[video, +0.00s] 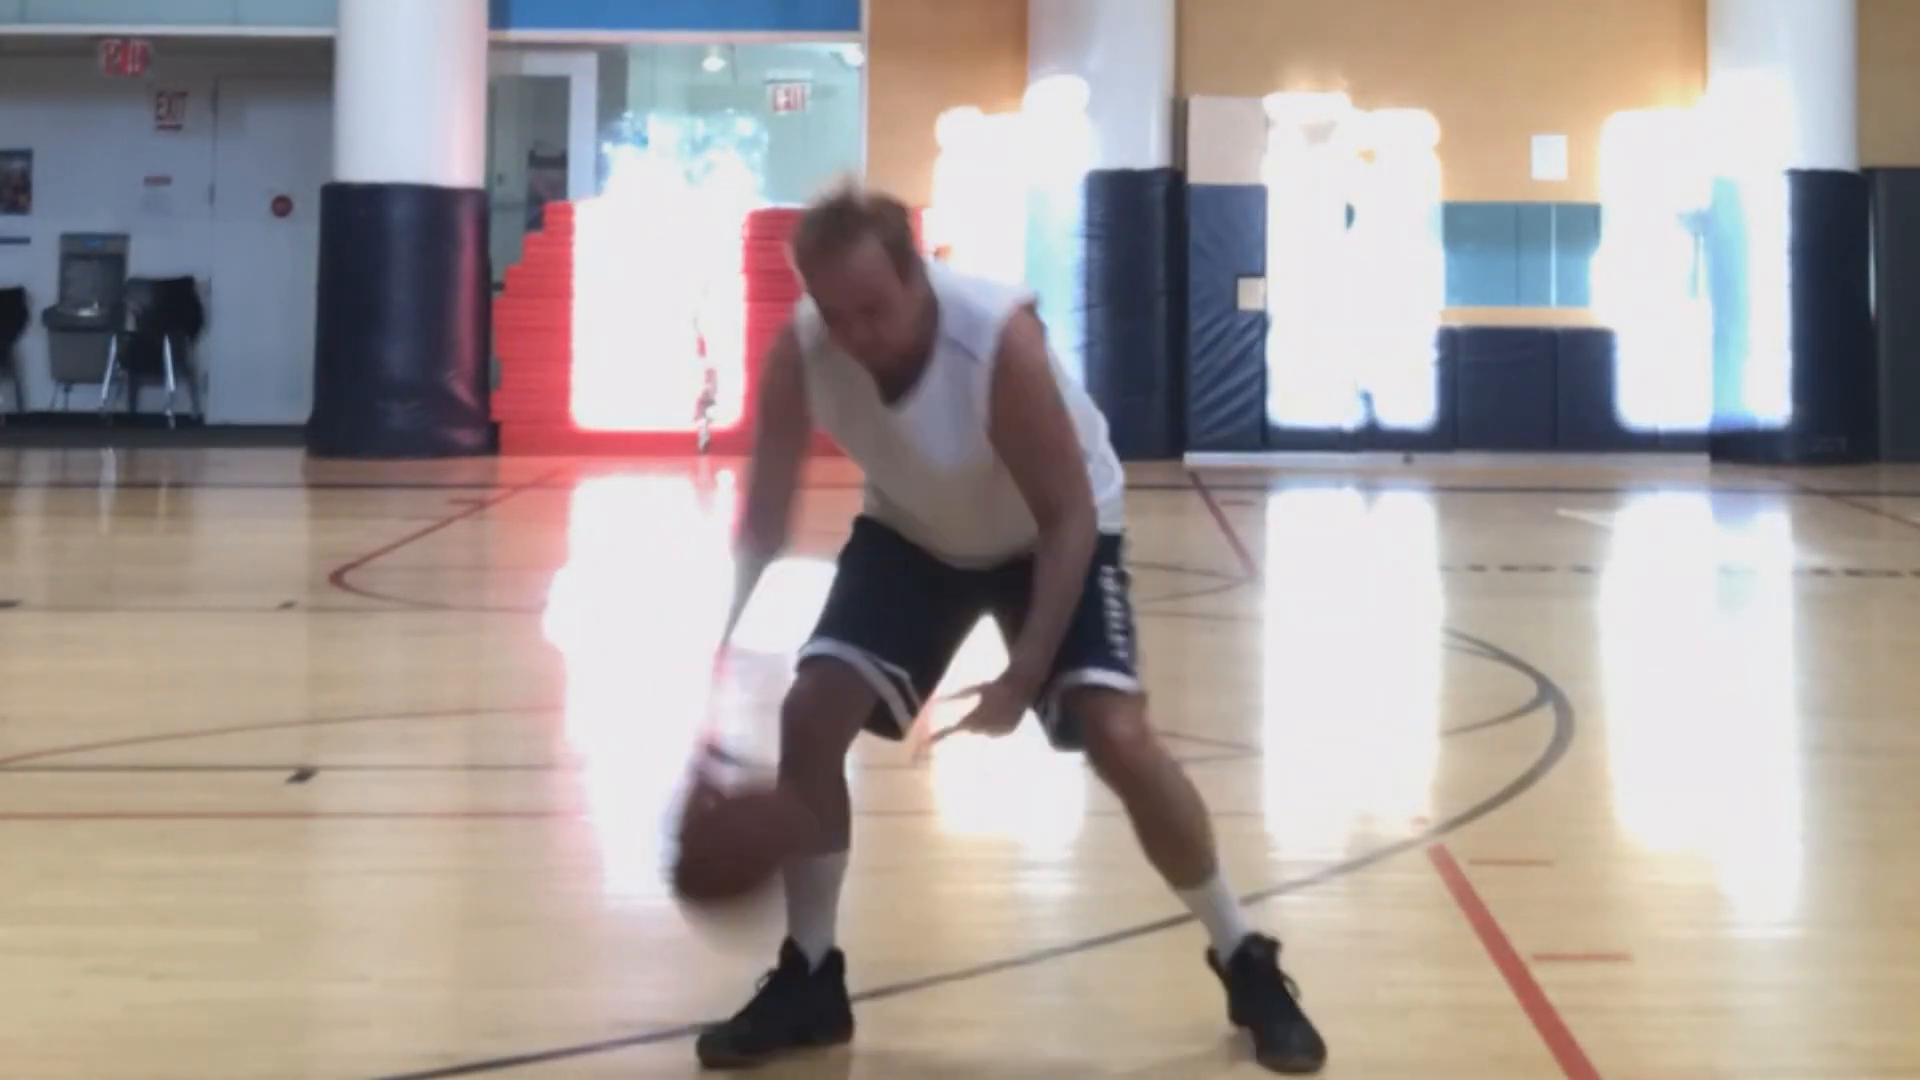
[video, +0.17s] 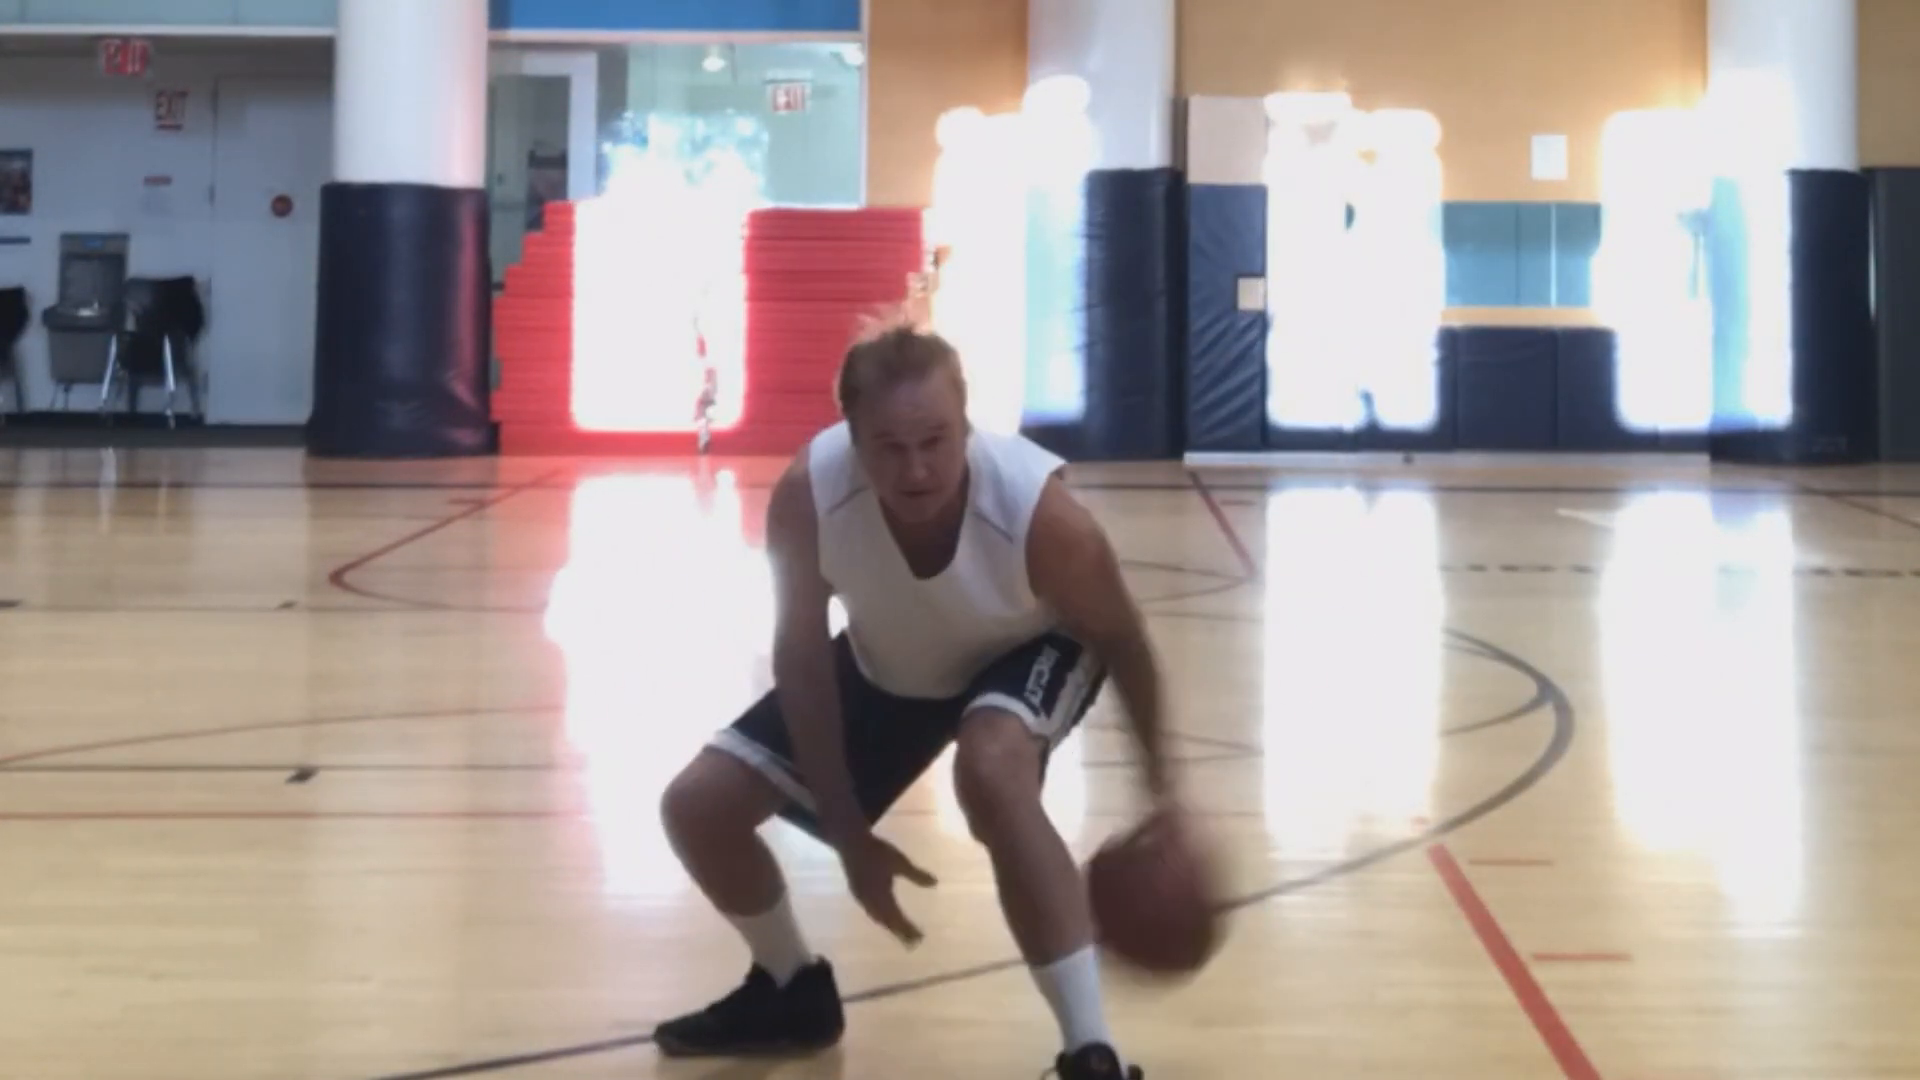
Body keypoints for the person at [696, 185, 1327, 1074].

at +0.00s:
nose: (855, 333)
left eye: (871, 309)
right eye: (834, 316)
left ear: (917, 276)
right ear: (811, 301)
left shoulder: (999, 339)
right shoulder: (802, 353)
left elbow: (1070, 518)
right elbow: (764, 520)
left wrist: (1027, 670)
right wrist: (718, 656)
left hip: (1050, 531)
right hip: (912, 533)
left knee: (1120, 741)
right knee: (810, 717)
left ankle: (1245, 962)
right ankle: (811, 980)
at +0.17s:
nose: (916, 469)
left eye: (935, 442)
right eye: (889, 447)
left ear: (966, 422)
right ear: (856, 436)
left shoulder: (1041, 515)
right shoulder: (810, 494)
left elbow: (1126, 646)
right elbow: (799, 658)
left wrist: (1163, 800)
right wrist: (848, 834)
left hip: (1034, 642)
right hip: (890, 658)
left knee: (991, 769)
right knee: (698, 809)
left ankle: (1089, 1054)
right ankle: (792, 988)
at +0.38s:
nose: (900, 473)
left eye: (921, 446)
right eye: (875, 449)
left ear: (953, 429)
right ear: (841, 435)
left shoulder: (1019, 512)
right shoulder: (792, 498)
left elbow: (1102, 652)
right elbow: (775, 658)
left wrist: (1117, 824)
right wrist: (821, 841)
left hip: (1006, 646)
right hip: (861, 662)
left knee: (972, 774)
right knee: (677, 833)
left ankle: (1089, 1054)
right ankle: (785, 985)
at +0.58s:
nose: (1023, 379)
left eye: (1045, 355)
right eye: (1002, 355)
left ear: (1071, 336)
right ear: (958, 333)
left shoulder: (1107, 408)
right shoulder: (893, 391)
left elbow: (1147, 594)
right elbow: (876, 603)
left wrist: (1162, 738)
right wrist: (963, 615)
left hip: (1057, 604)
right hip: (925, 599)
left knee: (1031, 777)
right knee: (830, 779)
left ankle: (1095, 1051)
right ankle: (746, 964)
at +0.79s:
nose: (968, 430)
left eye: (986, 413)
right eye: (948, 414)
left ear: (1003, 374)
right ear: (898, 371)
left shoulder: (1036, 413)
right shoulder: (819, 379)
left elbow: (1092, 592)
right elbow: (729, 514)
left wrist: (1125, 766)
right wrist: (711, 645)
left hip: (971, 556)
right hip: (823, 557)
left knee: (1095, 752)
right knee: (821, 750)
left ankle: (1060, 967)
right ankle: (742, 1027)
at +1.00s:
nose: (840, 502)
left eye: (856, 486)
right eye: (821, 488)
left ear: (893, 437)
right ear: (787, 442)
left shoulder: (968, 412)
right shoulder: (739, 450)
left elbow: (1078, 506)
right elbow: (687, 614)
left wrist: (1128, 637)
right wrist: (699, 770)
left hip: (945, 555)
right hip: (794, 562)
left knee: (1055, 756)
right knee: (784, 746)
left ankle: (1084, 969)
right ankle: (742, 1036)